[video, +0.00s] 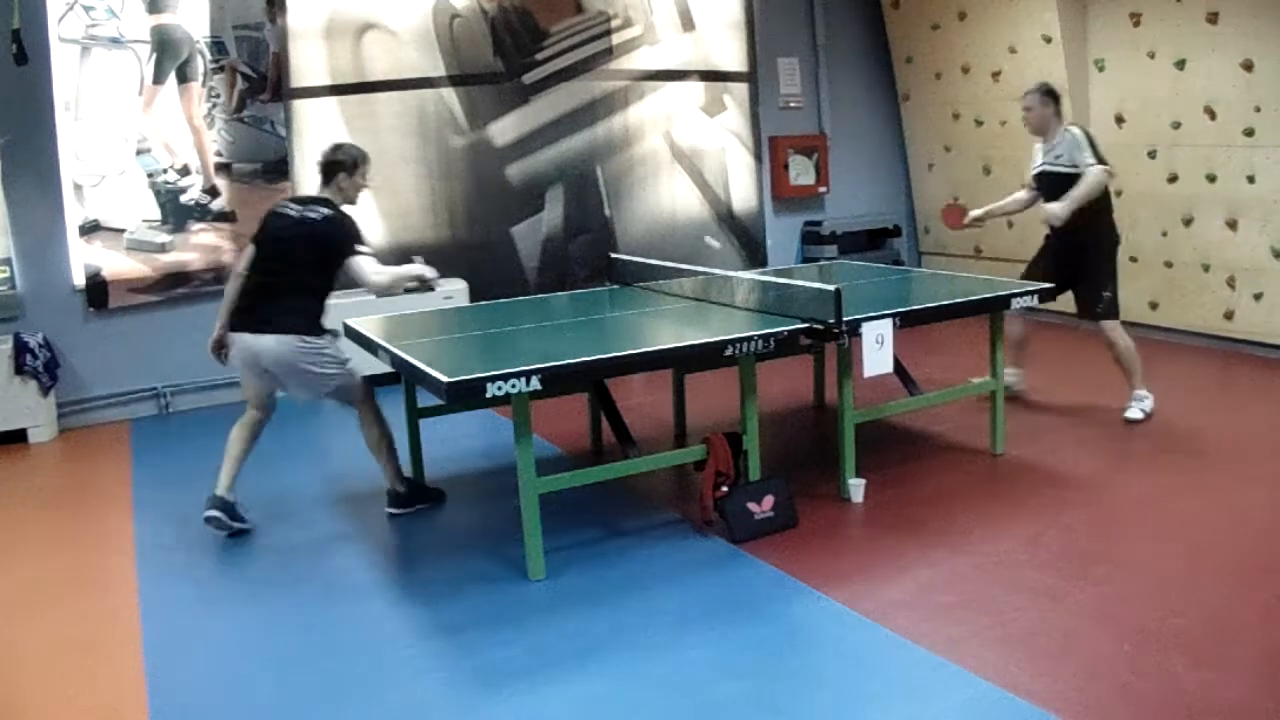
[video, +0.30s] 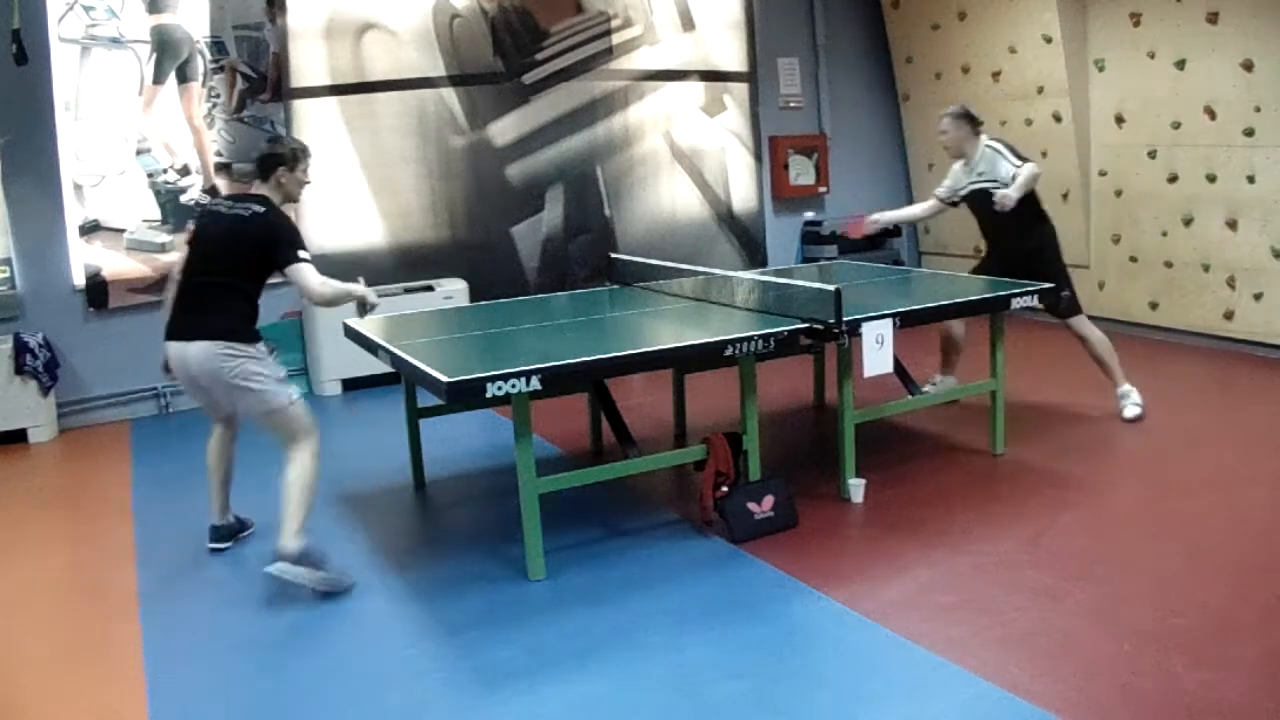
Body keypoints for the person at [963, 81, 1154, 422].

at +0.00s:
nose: (1024, 117)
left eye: (1029, 110)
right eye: (1023, 110)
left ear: (1051, 110)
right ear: (1034, 113)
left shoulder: (1074, 136)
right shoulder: (1040, 149)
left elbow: (1100, 173)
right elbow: (1029, 195)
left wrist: (1065, 205)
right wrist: (983, 213)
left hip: (1095, 245)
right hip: (1060, 244)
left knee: (1107, 323)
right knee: (1016, 305)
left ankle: (1140, 393)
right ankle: (1012, 374)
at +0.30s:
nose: (942, 140)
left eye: (946, 132)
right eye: (941, 134)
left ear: (967, 130)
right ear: (953, 136)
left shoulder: (996, 150)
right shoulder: (959, 172)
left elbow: (1031, 170)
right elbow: (930, 207)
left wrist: (1014, 191)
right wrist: (883, 218)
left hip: (1038, 253)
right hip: (1000, 255)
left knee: (1076, 322)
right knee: (952, 311)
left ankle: (1125, 389)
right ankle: (946, 381)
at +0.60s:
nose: (924, 130)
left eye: (929, 123)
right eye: (921, 125)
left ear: (951, 121)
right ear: (927, 129)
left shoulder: (980, 144)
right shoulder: (931, 164)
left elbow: (1024, 171)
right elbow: (898, 190)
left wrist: (1034, 201)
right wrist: (852, 198)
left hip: (1020, 243)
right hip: (980, 249)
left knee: (1059, 312)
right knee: (944, 307)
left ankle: (1102, 383)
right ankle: (943, 380)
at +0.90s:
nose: (973, 117)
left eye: (979, 109)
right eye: (969, 111)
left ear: (999, 110)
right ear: (969, 115)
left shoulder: (1023, 137)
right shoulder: (978, 149)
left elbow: (1059, 173)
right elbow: (974, 196)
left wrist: (1055, 211)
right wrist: (932, 209)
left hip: (1041, 242)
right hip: (1001, 243)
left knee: (1066, 314)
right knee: (963, 307)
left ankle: (1095, 385)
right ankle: (948, 375)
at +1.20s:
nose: (991, 108)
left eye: (997, 101)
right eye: (988, 103)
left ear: (1016, 101)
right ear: (986, 105)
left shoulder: (1040, 132)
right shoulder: (991, 140)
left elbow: (1073, 174)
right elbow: (987, 185)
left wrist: (1065, 217)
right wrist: (963, 211)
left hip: (1050, 238)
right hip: (1013, 239)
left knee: (1070, 314)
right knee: (990, 307)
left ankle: (1095, 385)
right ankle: (991, 369)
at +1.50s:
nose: (978, 132)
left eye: (982, 124)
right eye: (975, 127)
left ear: (1002, 119)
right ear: (977, 127)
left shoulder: (1027, 139)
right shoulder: (1005, 153)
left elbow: (1058, 175)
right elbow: (1021, 206)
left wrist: (1034, 218)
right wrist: (1005, 245)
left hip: (1062, 238)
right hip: (1030, 239)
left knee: (1067, 316)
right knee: (1000, 305)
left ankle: (1100, 384)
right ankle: (992, 370)